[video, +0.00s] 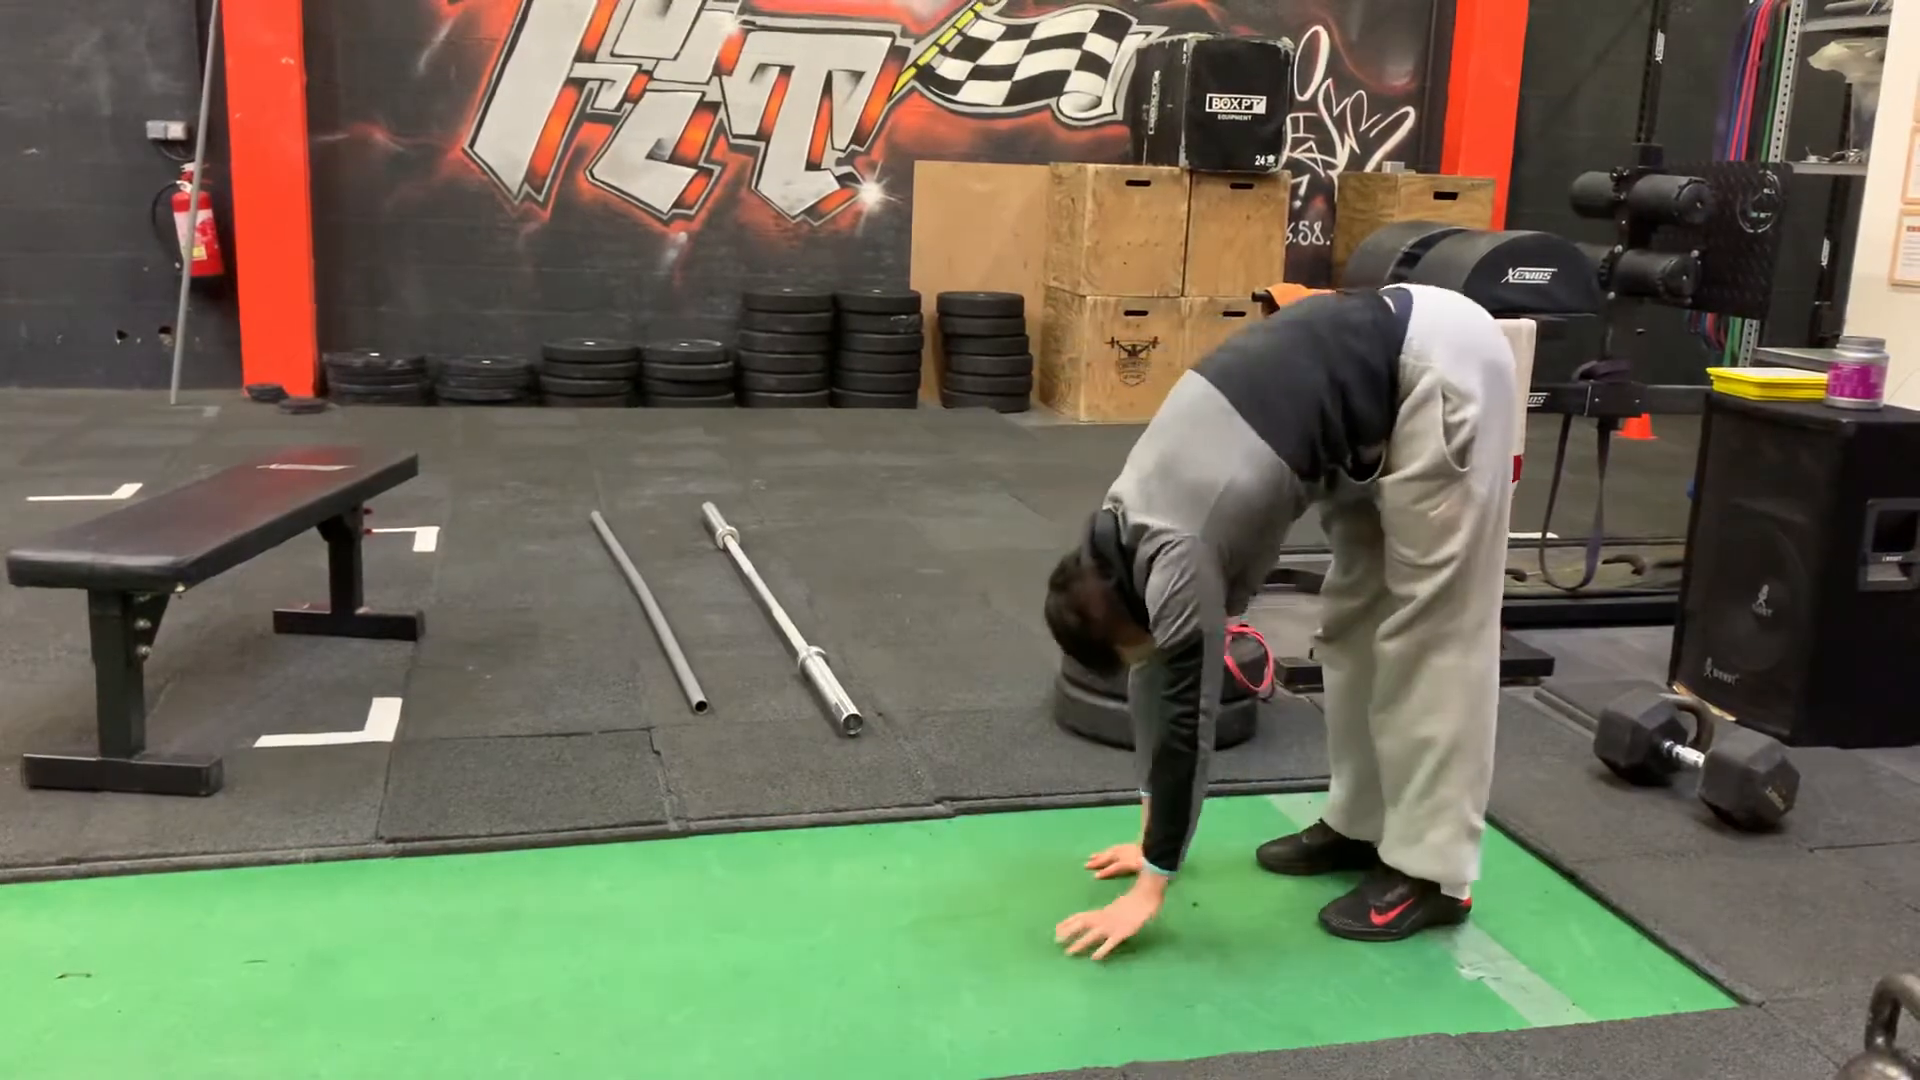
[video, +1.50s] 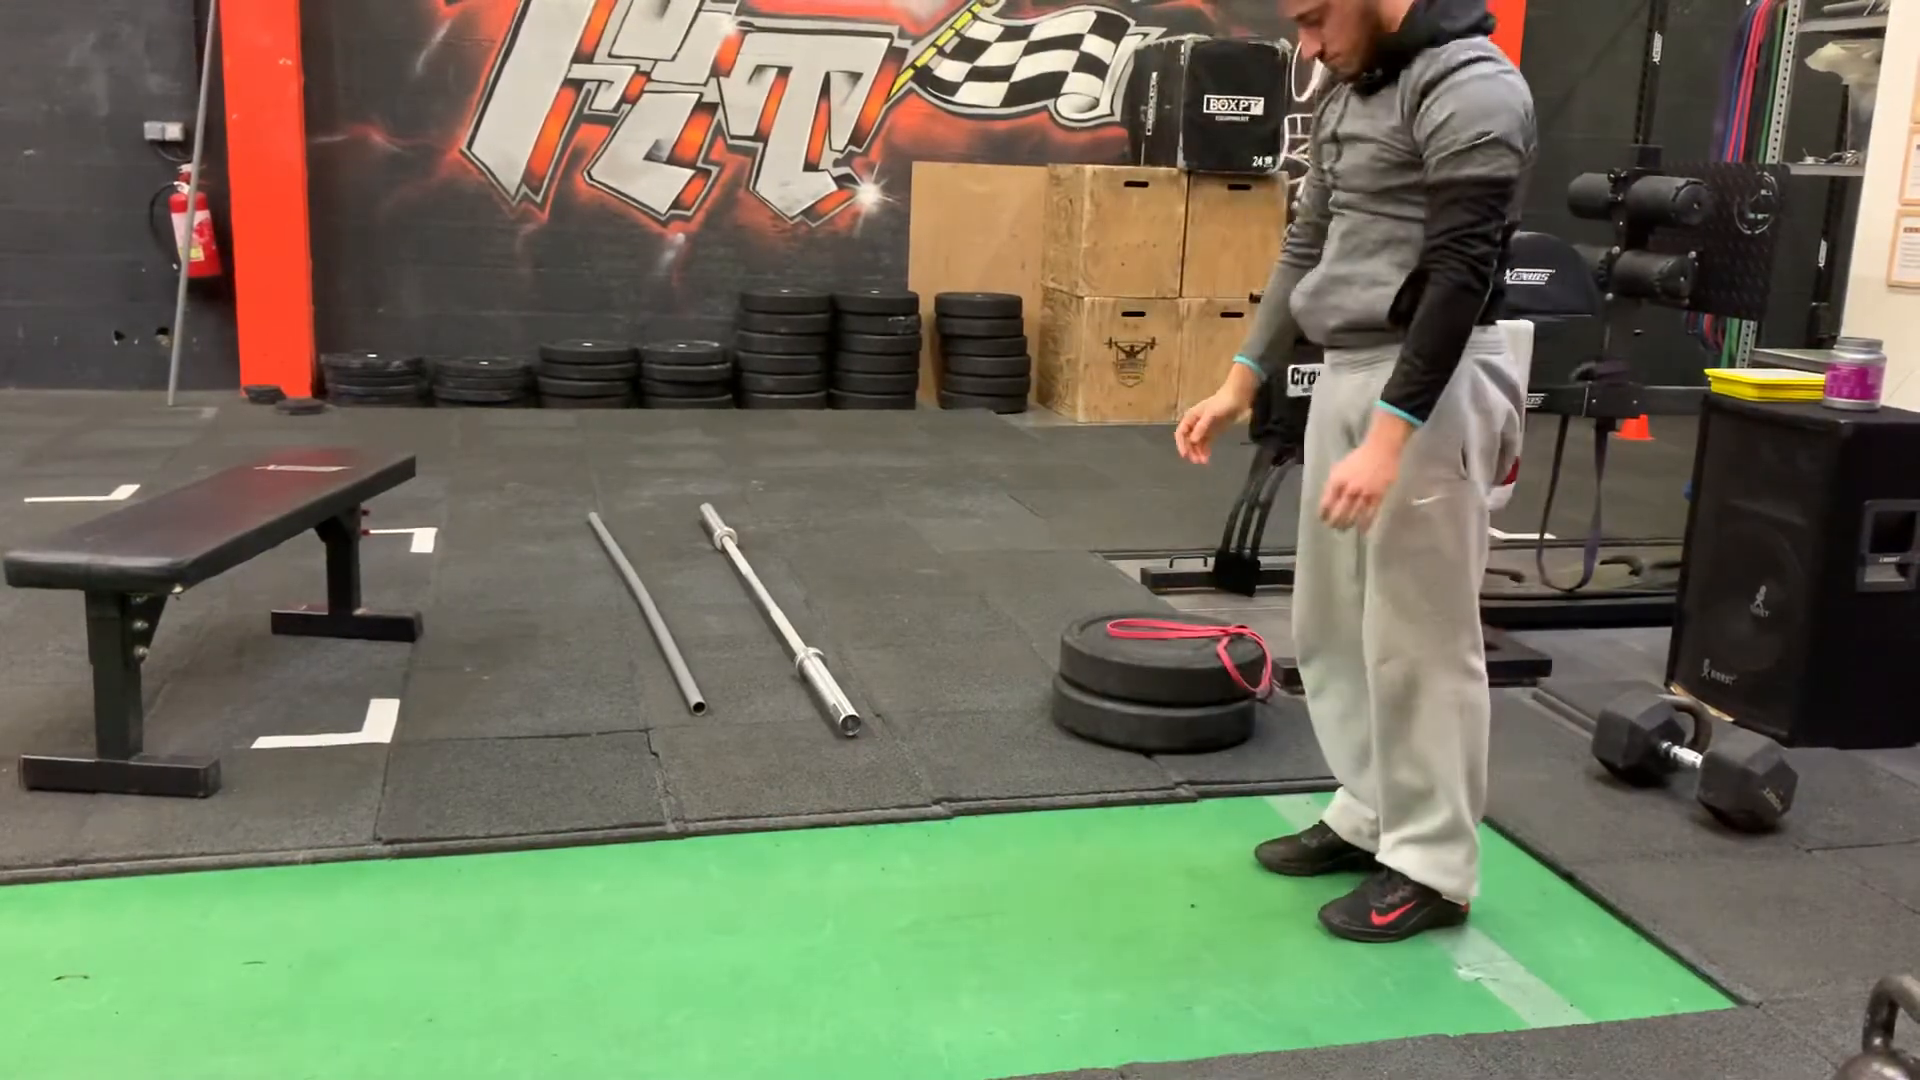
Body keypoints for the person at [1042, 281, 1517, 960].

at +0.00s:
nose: (1144, 659)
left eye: (1135, 650)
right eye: (1133, 657)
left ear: (1121, 612)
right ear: (1110, 602)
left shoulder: (1178, 555)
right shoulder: (1123, 528)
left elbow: (1185, 723)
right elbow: (1161, 688)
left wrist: (1151, 884)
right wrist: (1155, 833)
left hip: (1442, 365)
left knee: (1429, 631)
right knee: (1355, 624)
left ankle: (1434, 873)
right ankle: (1359, 827)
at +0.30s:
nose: (1206, 646)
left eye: (1195, 642)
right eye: (1189, 651)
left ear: (1173, 610)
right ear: (1154, 608)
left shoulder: (1251, 562)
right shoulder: (1155, 522)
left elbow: (1278, 721)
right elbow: (1164, 668)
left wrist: (1289, 886)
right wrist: (1153, 809)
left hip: (1478, 359)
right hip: (1385, 352)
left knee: (1448, 626)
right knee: (1368, 619)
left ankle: (1434, 871)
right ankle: (1363, 825)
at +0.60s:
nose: (1194, 590)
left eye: (1182, 584)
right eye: (1181, 588)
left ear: (1167, 548)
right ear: (1156, 539)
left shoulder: (1253, 500)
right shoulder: (1189, 473)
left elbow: (1273, 673)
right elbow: (1232, 646)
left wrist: (1273, 842)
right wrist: (1258, 792)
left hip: (1508, 366)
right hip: (1421, 377)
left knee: (1473, 627)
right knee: (1397, 617)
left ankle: (1438, 868)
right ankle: (1365, 823)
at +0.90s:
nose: (1177, 438)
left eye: (1167, 426)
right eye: (1162, 433)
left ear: (1176, 386)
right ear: (1173, 377)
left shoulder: (1292, 361)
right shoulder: (1221, 351)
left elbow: (1353, 511)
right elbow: (1266, 503)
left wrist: (1404, 657)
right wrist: (1309, 632)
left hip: (1530, 374)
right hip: (1434, 394)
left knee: (1496, 628)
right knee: (1411, 618)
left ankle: (1441, 867)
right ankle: (1373, 819)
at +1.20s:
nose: (1229, 138)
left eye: (1230, 113)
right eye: (1214, 123)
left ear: (1276, 68)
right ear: (1227, 99)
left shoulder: (1407, 127)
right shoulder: (1282, 148)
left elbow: (1470, 303)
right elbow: (1289, 290)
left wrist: (1454, 467)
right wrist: (1301, 429)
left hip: (1486, 371)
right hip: (1387, 370)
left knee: (1463, 617)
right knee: (1371, 603)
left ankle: (1439, 861)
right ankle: (1374, 812)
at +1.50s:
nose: (1307, 45)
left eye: (1317, 21)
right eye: (1297, 28)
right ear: (1313, 21)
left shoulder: (1474, 91)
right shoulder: (1347, 87)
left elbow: (1462, 274)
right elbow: (1307, 241)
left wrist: (1389, 436)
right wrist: (1243, 377)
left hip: (1431, 383)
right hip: (1344, 376)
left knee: (1422, 633)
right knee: (1335, 619)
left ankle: (1434, 864)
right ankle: (1368, 813)